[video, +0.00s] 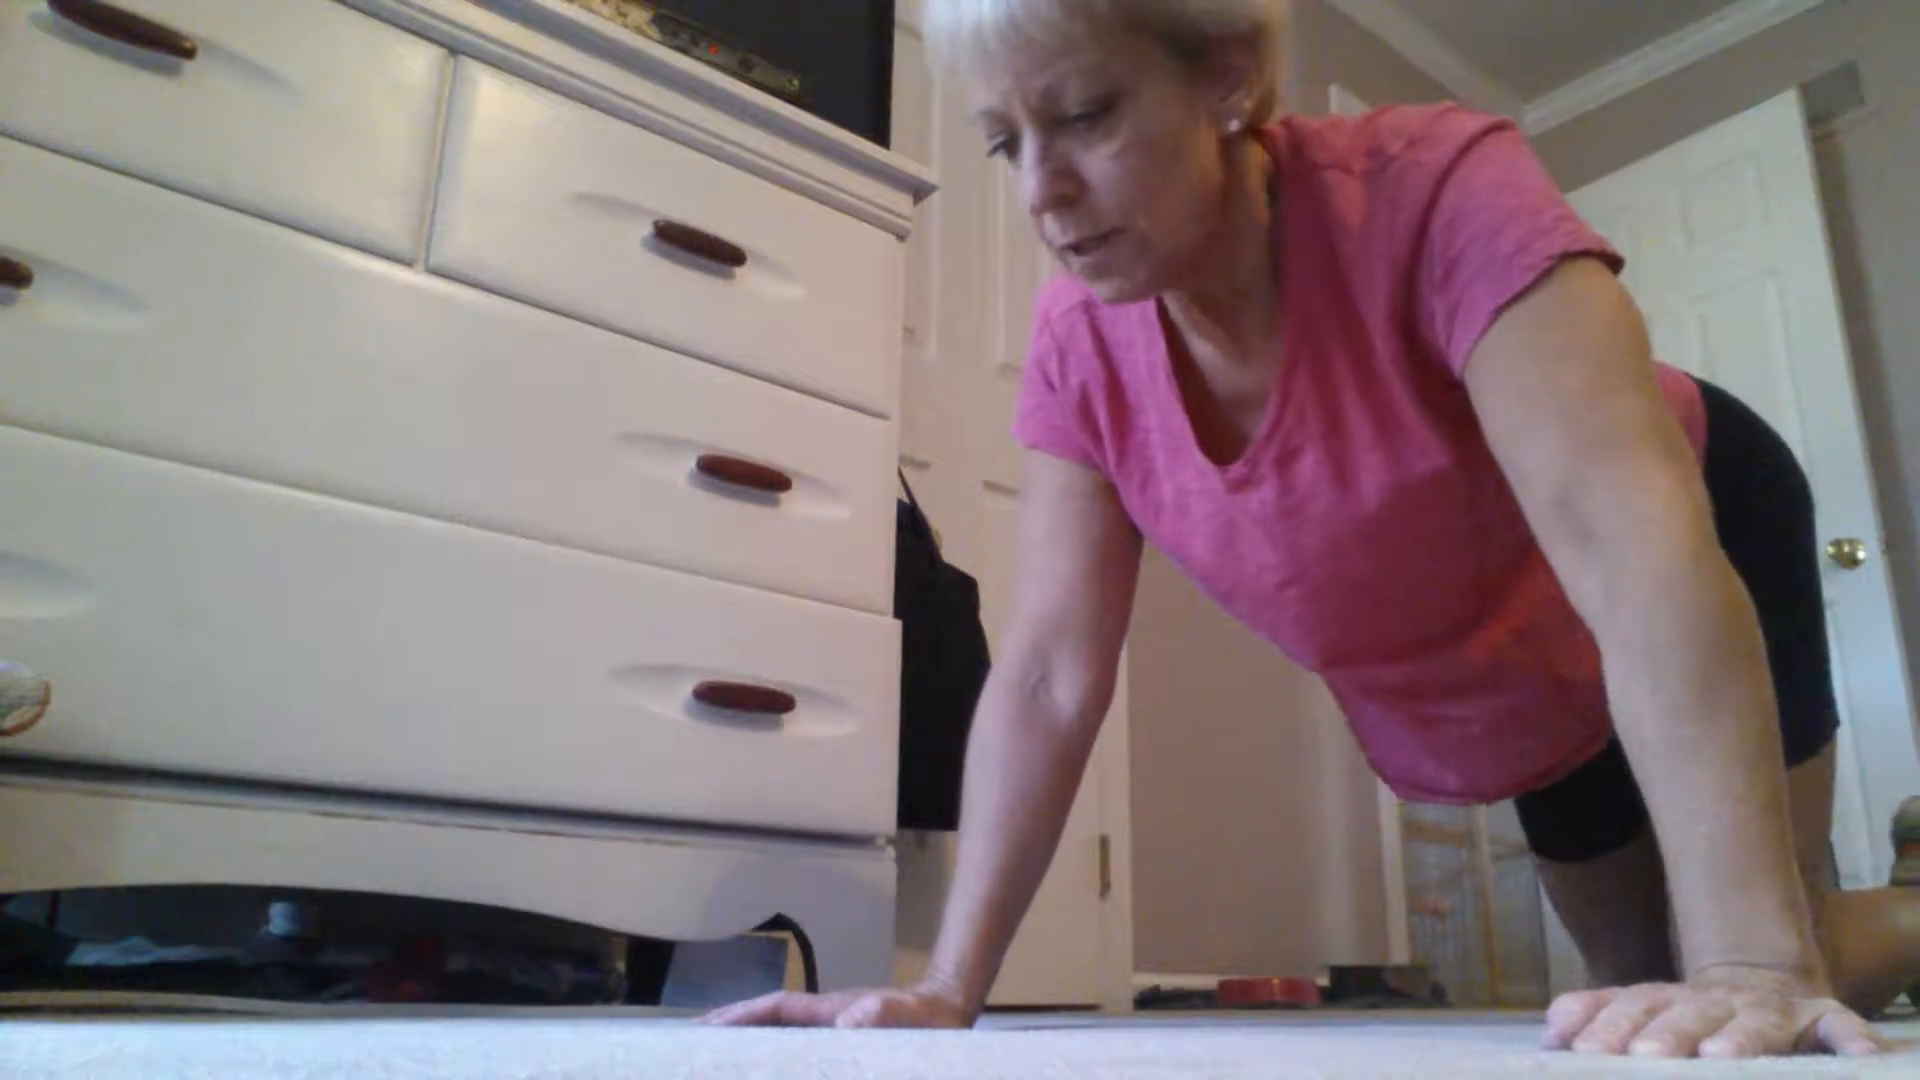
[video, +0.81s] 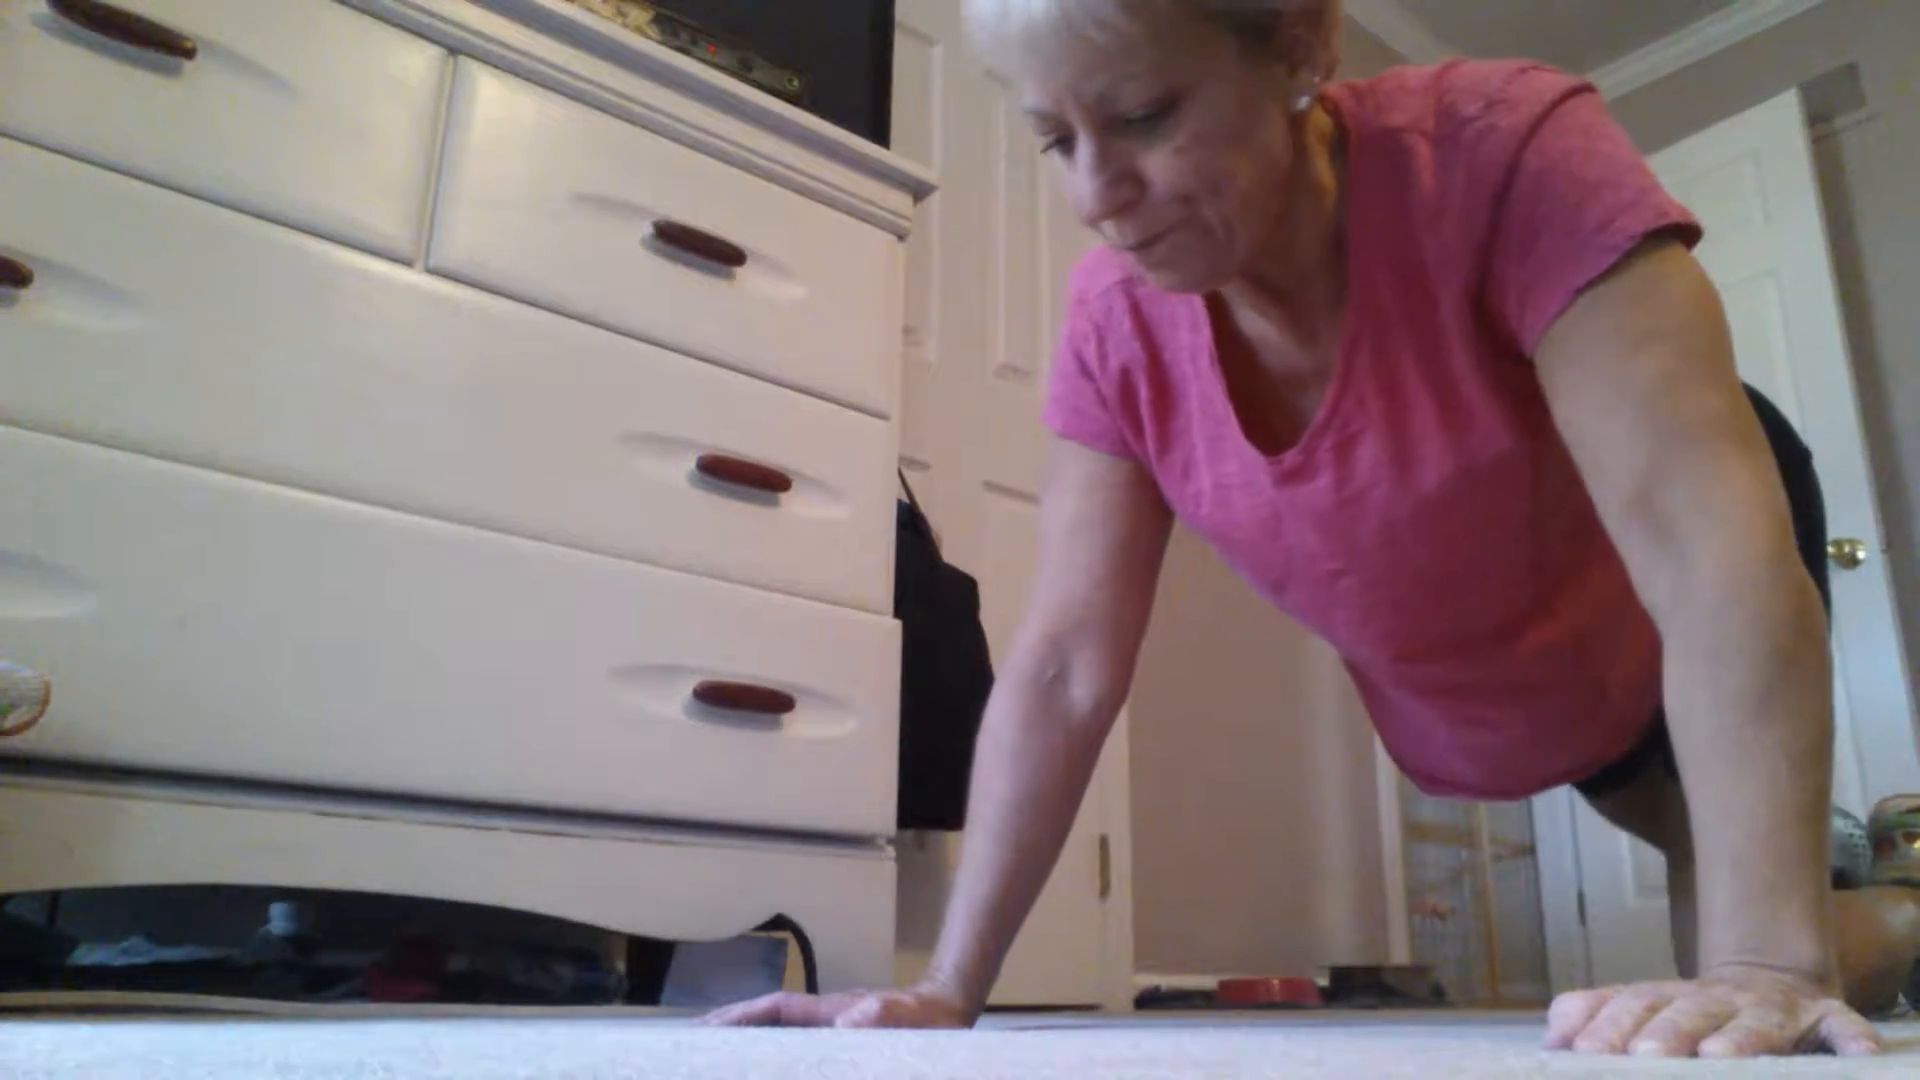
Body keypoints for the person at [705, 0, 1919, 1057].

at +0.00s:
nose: (1044, 193)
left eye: (1084, 121)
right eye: (1009, 142)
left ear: (1237, 80)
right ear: (990, 146)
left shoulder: (1444, 192)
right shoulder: (1084, 333)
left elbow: (1640, 541)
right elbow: (1045, 675)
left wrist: (1752, 973)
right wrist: (950, 983)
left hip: (1678, 548)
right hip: (1501, 665)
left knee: (1777, 956)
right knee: (1645, 999)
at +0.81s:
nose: (1099, 195)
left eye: (1145, 120)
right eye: (1057, 139)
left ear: (1300, 58)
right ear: (1029, 122)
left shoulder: (1510, 153)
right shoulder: (1120, 317)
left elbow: (1706, 516)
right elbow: (1060, 672)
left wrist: (1767, 966)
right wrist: (950, 983)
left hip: (1694, 583)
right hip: (1529, 694)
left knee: (1784, 920)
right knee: (1691, 843)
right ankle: (1867, 925)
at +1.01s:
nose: (1178, 167)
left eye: (1228, 88)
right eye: (1126, 115)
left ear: (1362, 56)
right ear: (1096, 116)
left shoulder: (1545, 138)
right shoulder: (1146, 318)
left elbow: (1716, 520)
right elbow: (1069, 681)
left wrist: (1761, 976)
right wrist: (948, 988)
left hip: (1705, 597)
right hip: (1557, 698)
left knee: (1778, 942)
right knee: (1699, 804)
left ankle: (1905, 929)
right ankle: (1866, 907)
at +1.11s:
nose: (1225, 149)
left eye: (1272, 69)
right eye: (1166, 101)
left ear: (1388, 41)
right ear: (1130, 111)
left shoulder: (1565, 130)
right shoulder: (1161, 311)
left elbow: (1722, 519)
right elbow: (1078, 684)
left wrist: (1769, 965)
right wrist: (953, 981)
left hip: (1723, 568)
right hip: (1553, 665)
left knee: (1776, 916)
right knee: (1703, 837)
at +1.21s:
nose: (1267, 140)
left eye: (1316, 60)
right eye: (1206, 90)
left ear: (1415, 28)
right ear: (1159, 95)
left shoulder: (1583, 129)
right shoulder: (1175, 308)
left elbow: (1728, 515)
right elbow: (1086, 681)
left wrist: (1769, 966)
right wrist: (954, 981)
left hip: (1739, 576)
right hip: (1562, 673)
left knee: (1775, 924)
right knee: (1751, 910)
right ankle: (1877, 926)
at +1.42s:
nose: (1382, 116)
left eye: (1432, 45)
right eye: (1313, 62)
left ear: (1500, 33)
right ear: (1222, 71)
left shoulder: (1625, 131)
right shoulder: (1196, 302)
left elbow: (1736, 518)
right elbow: (1092, 676)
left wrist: (1770, 965)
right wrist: (953, 980)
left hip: (1751, 578)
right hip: (1556, 678)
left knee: (1777, 932)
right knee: (1765, 925)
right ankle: (1876, 922)